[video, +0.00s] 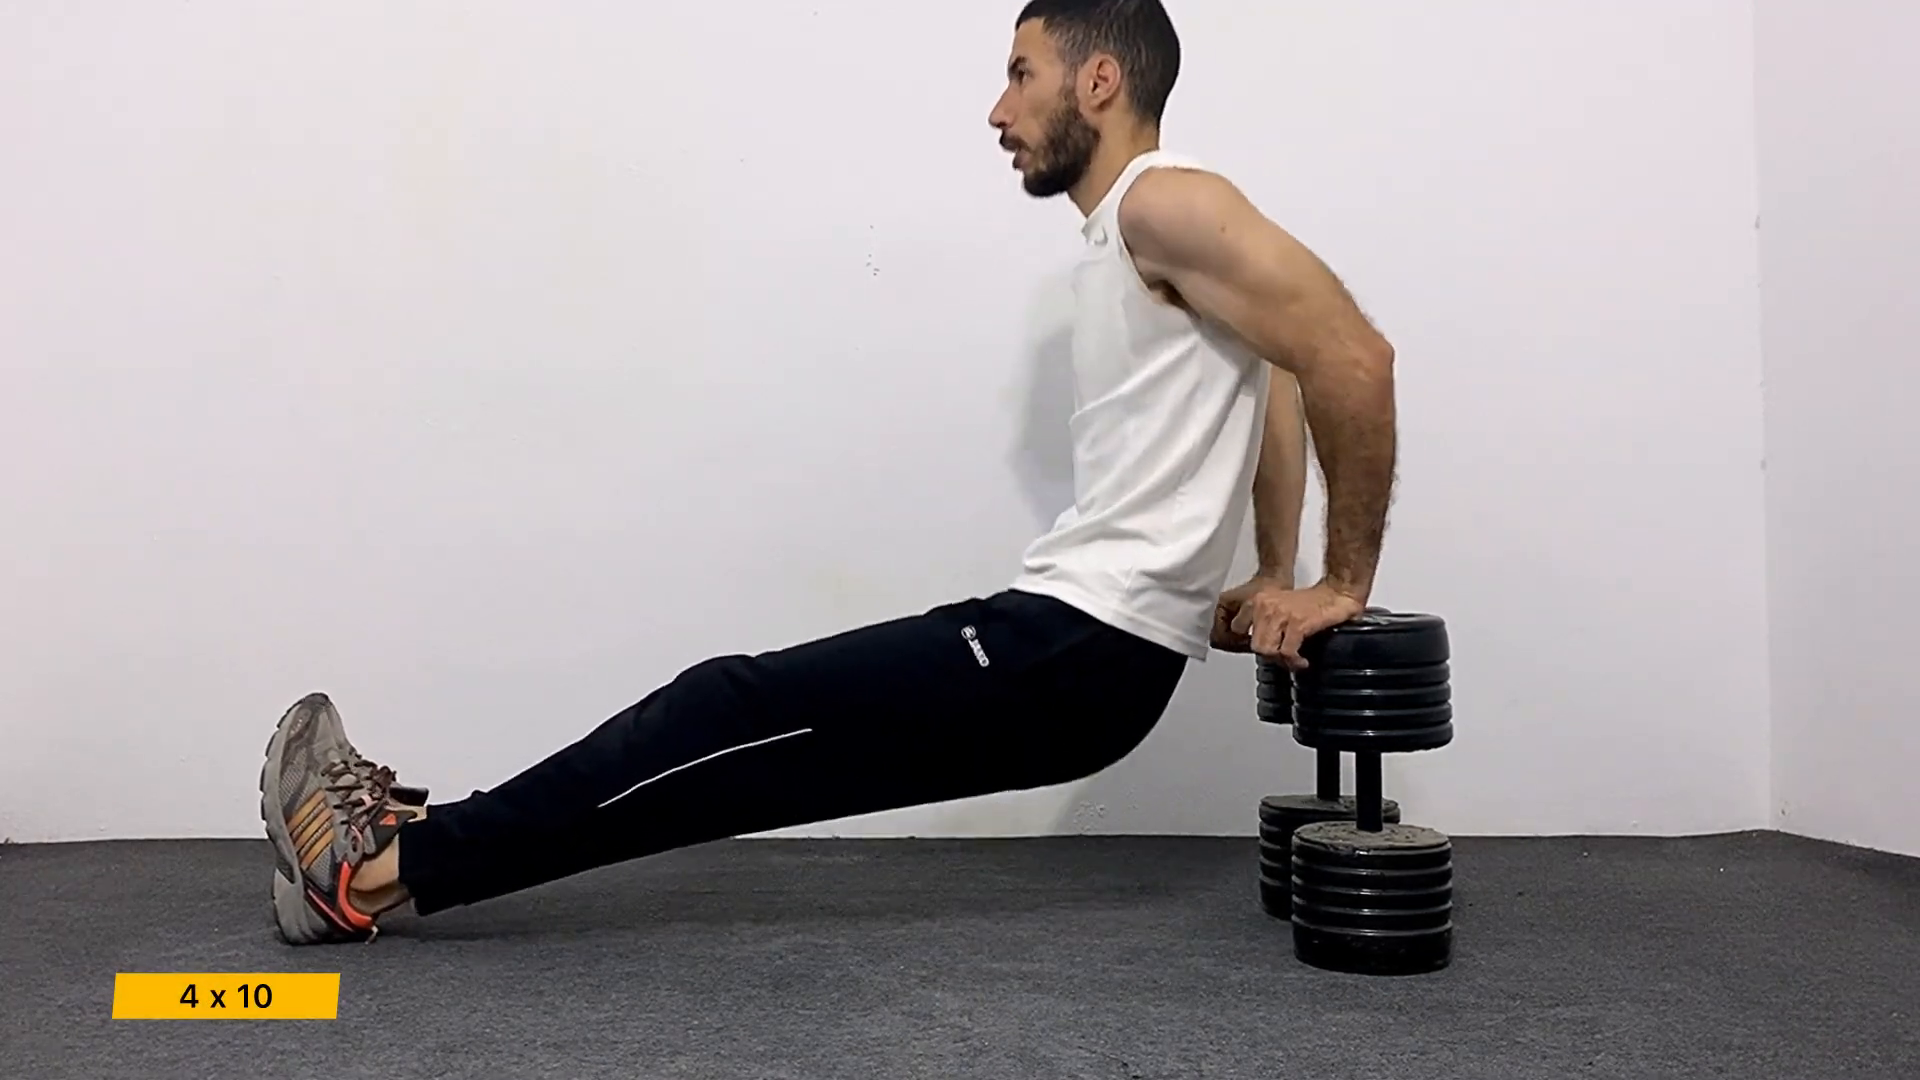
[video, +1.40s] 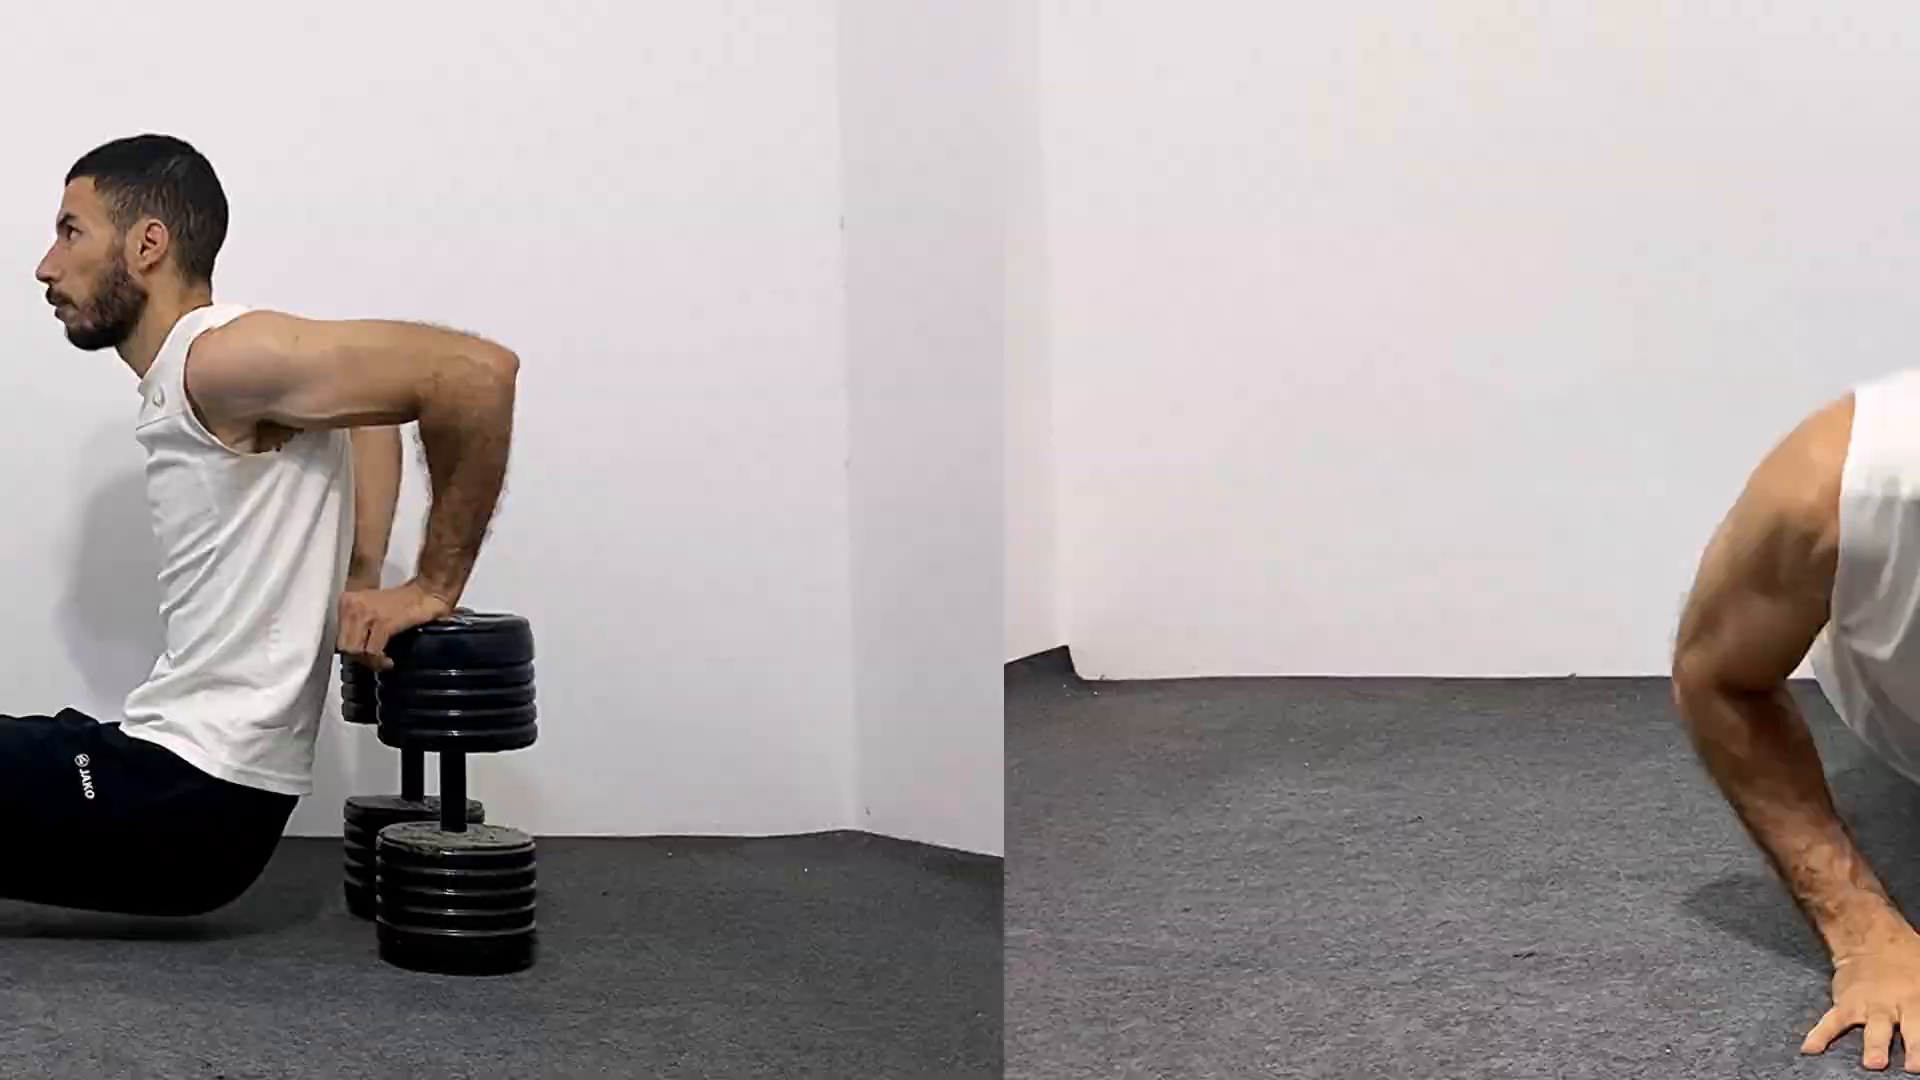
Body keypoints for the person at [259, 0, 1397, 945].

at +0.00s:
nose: (1000, 104)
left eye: (1023, 74)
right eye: (1006, 76)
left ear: (1102, 83)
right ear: (1095, 90)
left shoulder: (1172, 207)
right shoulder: (1144, 231)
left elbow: (1355, 358)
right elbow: (1276, 400)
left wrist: (1351, 585)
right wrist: (1269, 580)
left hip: (1084, 647)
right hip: (1071, 636)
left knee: (723, 724)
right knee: (724, 715)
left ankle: (390, 875)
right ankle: (416, 849)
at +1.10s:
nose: (919, 245)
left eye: (943, 213)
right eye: (927, 216)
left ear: (1029, 224)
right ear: (1030, 226)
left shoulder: (1090, 342)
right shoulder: (1073, 347)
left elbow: (1345, 377)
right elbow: (1241, 391)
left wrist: (1299, 587)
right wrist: (1225, 575)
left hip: (1046, 778)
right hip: (1028, 763)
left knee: (686, 738)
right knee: (681, 788)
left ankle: (337, 872)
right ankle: (364, 852)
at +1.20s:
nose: (777, 261)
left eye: (798, 229)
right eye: (784, 232)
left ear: (882, 238)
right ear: (888, 240)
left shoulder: (947, 354)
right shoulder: (936, 359)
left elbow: (1204, 378)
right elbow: (1103, 395)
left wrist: (1161, 591)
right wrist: (1089, 573)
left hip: (906, 792)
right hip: (900, 786)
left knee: (547, 742)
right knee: (536, 800)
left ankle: (194, 876)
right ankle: (228, 850)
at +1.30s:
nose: (498, 268)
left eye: (522, 234)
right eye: (508, 236)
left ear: (606, 249)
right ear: (606, 251)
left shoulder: (672, 367)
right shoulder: (648, 372)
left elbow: (930, 378)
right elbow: (830, 390)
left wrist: (891, 587)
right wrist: (821, 575)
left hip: (640, 804)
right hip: (616, 781)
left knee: (269, 754)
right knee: (262, 772)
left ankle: (11, 855)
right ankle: (18, 860)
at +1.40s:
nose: (44, 266)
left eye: (69, 232)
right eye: (56, 233)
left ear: (147, 244)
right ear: (148, 247)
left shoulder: (223, 362)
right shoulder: (196, 367)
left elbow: (476, 374)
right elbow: (373, 395)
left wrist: (437, 586)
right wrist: (361, 574)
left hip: (196, 798)